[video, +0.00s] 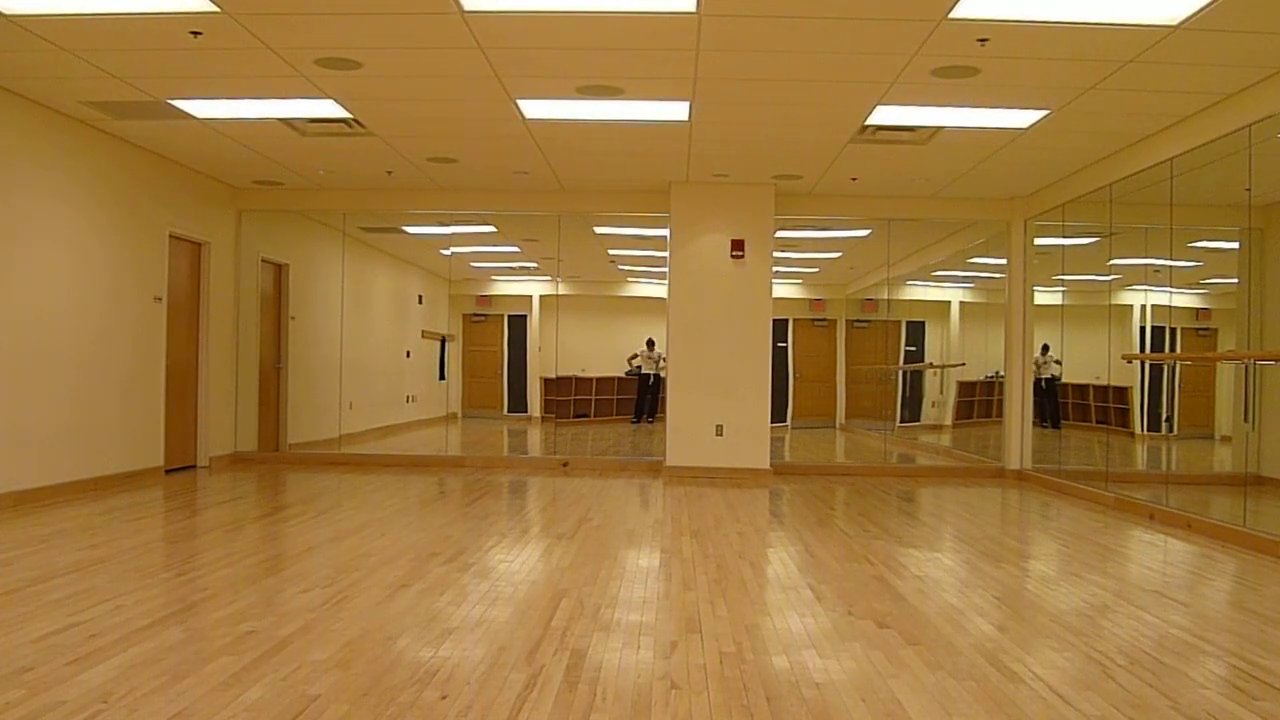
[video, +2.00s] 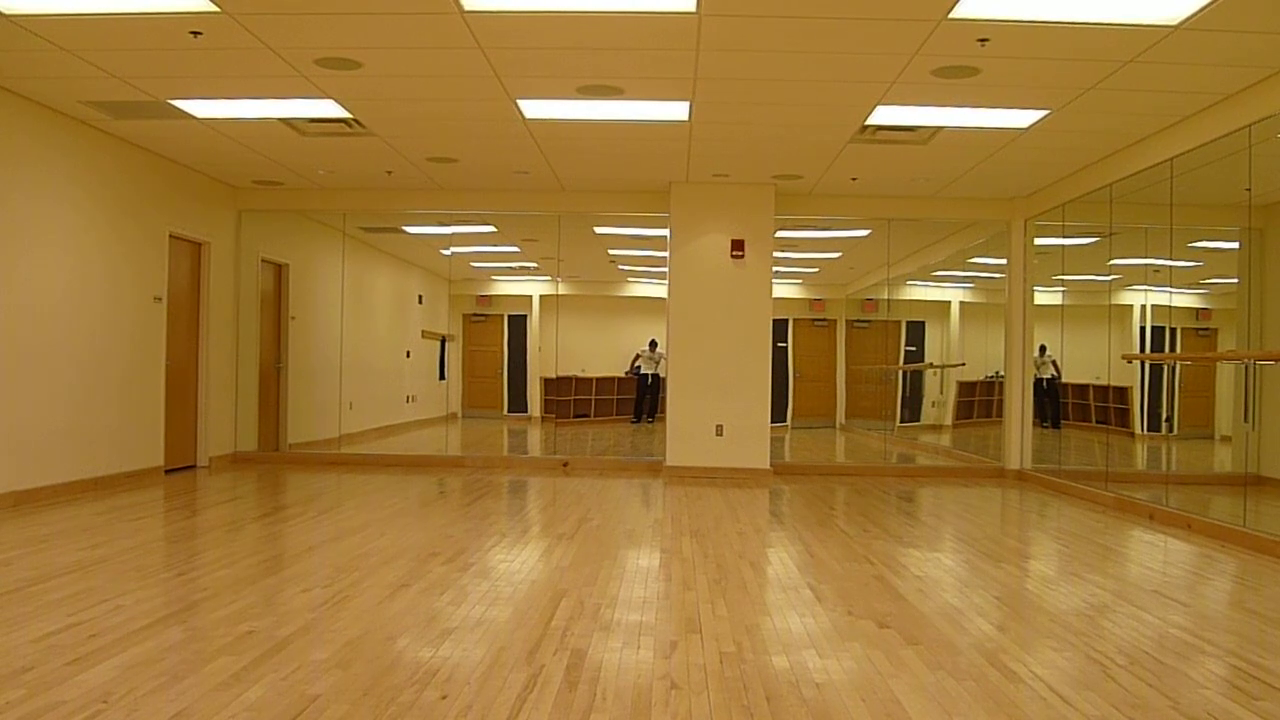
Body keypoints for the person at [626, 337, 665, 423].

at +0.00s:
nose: (650, 349)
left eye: (652, 348)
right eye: (648, 348)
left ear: (654, 346)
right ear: (646, 346)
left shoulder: (658, 353)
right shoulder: (642, 352)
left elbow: (667, 363)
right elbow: (629, 359)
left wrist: (660, 368)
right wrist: (633, 368)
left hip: (655, 374)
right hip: (644, 373)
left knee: (654, 396)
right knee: (641, 395)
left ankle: (651, 416)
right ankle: (637, 416)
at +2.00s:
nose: (652, 350)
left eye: (654, 349)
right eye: (651, 348)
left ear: (656, 348)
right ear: (648, 347)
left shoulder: (660, 354)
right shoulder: (642, 352)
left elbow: (668, 361)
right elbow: (634, 360)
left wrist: (668, 373)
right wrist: (631, 369)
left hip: (654, 373)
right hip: (643, 373)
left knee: (654, 396)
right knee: (640, 395)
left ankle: (651, 416)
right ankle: (637, 416)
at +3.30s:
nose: (652, 350)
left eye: (654, 348)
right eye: (651, 348)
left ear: (656, 347)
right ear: (648, 346)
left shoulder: (660, 354)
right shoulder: (642, 352)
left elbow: (668, 361)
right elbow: (634, 360)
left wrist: (667, 374)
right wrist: (631, 369)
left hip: (654, 374)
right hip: (643, 373)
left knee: (654, 396)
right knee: (640, 395)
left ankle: (651, 416)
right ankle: (637, 416)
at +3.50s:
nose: (652, 349)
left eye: (653, 348)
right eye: (650, 347)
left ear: (656, 347)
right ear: (648, 346)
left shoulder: (660, 354)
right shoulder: (642, 352)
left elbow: (668, 362)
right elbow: (634, 360)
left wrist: (668, 374)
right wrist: (631, 370)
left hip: (654, 374)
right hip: (643, 373)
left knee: (654, 396)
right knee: (640, 395)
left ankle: (651, 416)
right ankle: (637, 416)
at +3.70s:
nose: (652, 349)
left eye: (653, 347)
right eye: (650, 347)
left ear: (656, 347)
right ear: (648, 346)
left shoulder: (660, 354)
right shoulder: (642, 352)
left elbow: (668, 362)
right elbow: (634, 360)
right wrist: (630, 369)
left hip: (654, 374)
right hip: (643, 373)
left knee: (654, 396)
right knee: (640, 395)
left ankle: (651, 416)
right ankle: (637, 416)